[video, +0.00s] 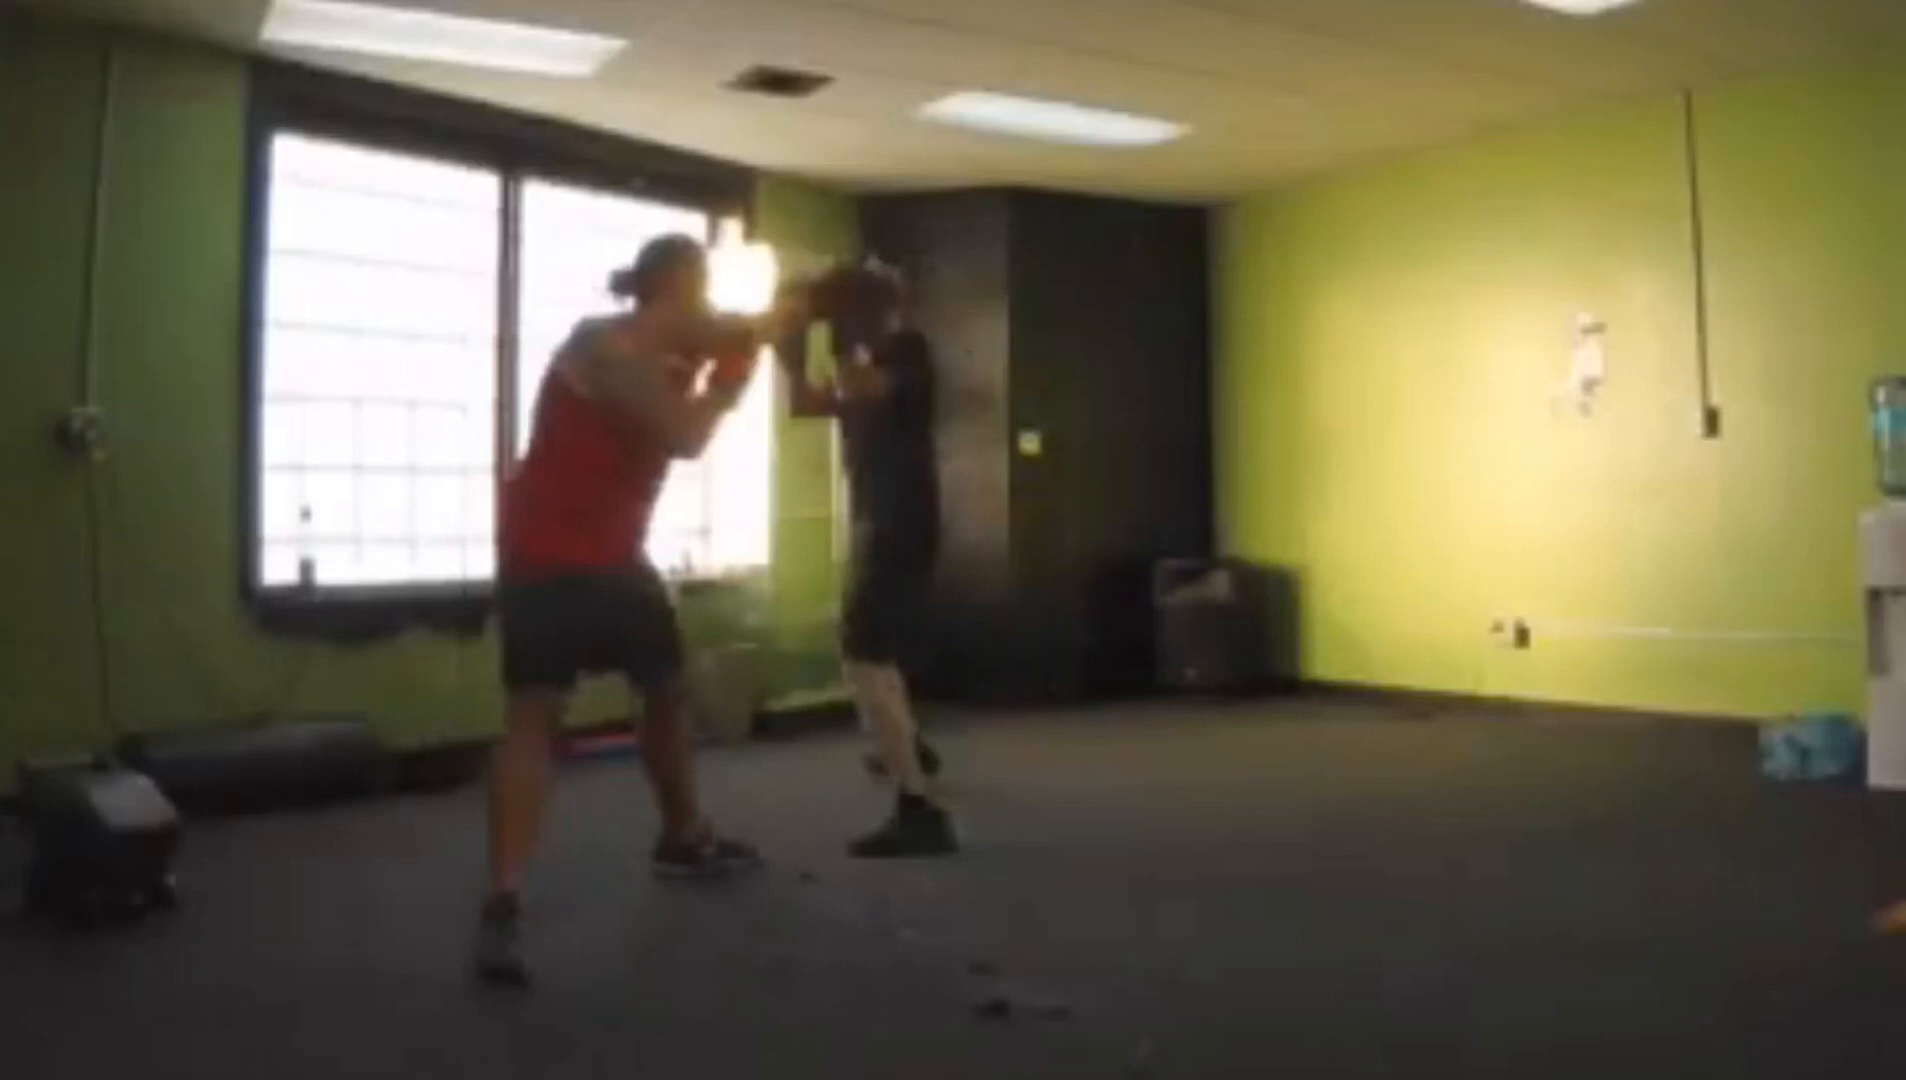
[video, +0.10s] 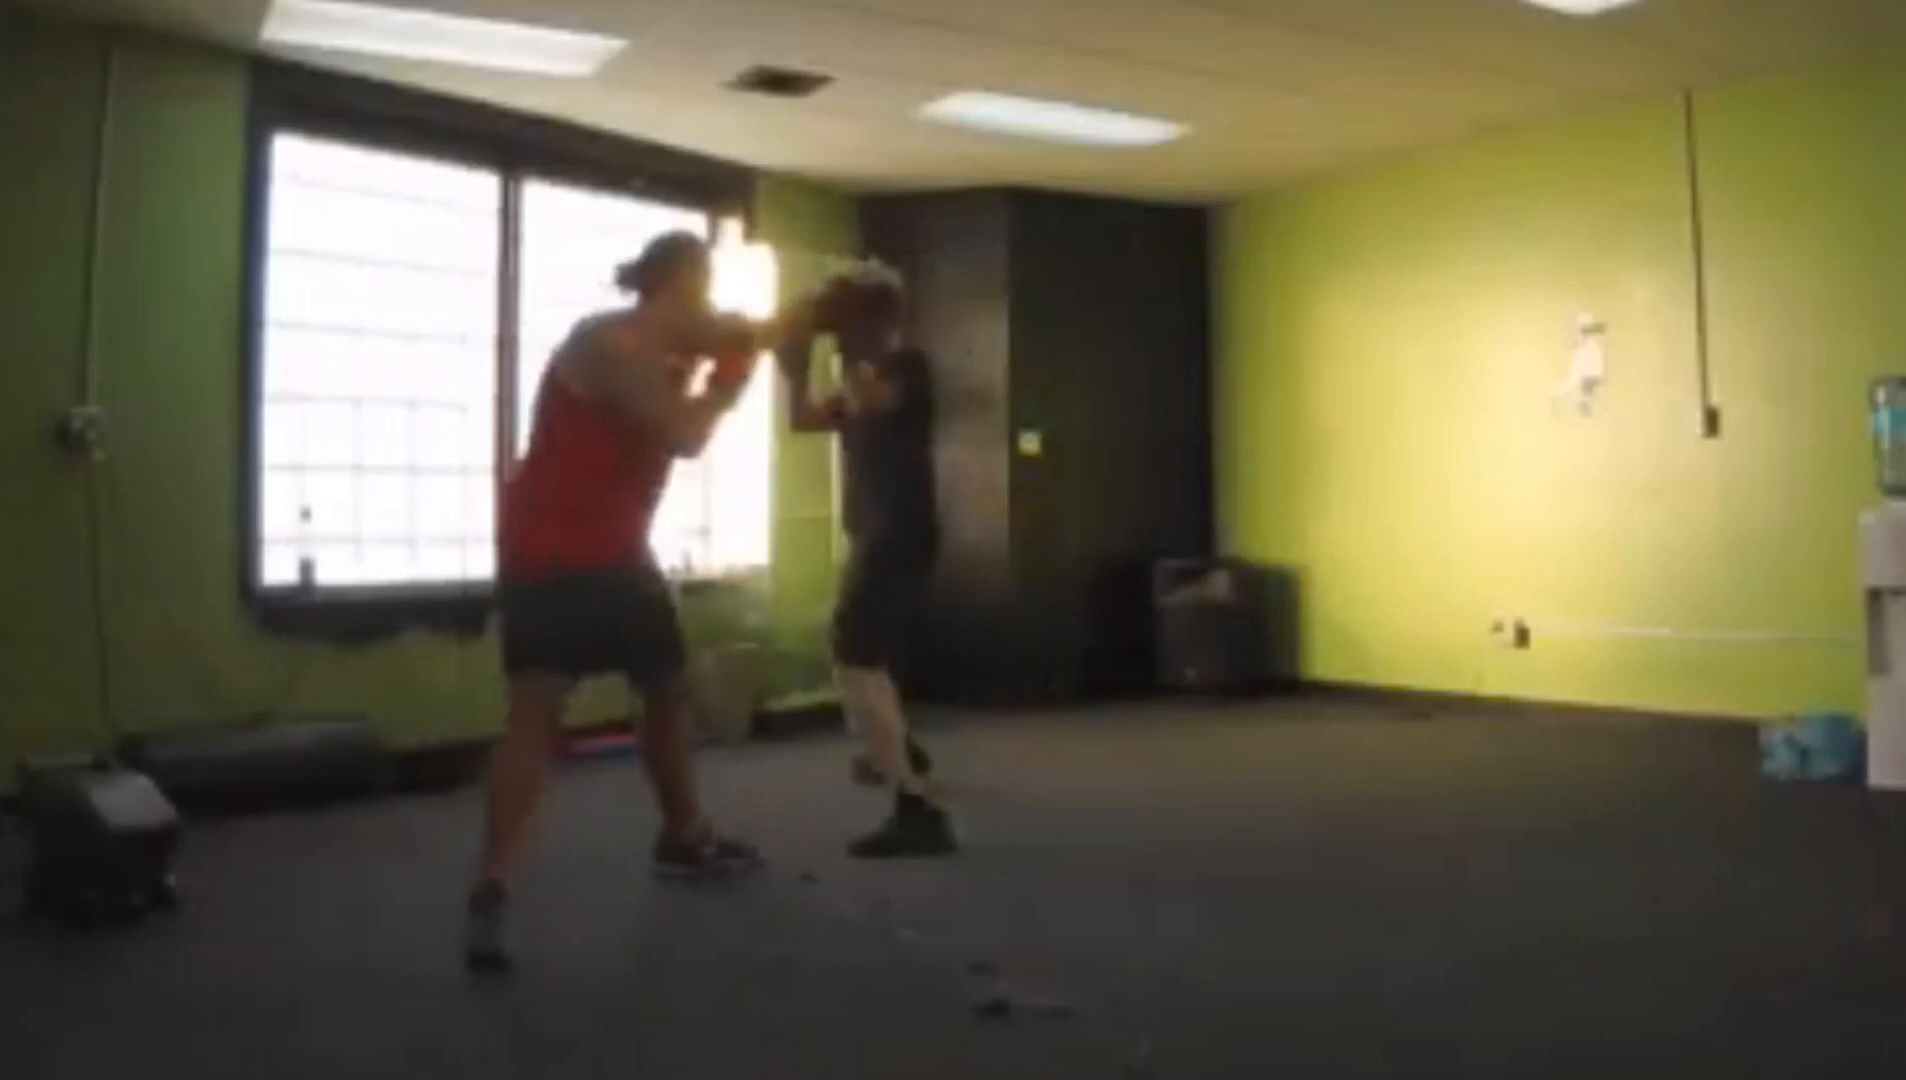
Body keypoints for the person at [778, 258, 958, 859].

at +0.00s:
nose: (840, 325)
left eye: (847, 311)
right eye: (840, 311)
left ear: (871, 307)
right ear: (860, 313)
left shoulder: (906, 351)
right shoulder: (867, 364)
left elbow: (861, 391)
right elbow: (801, 401)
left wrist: (836, 331)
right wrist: (792, 335)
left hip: (899, 524)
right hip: (880, 523)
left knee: (868, 659)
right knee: (869, 656)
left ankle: (916, 805)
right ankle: (908, 754)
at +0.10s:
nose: (841, 335)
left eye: (848, 322)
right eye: (840, 323)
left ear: (873, 319)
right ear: (861, 323)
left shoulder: (907, 367)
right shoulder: (865, 383)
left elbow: (870, 402)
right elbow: (802, 417)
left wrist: (841, 343)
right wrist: (796, 348)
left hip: (898, 538)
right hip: (876, 536)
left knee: (859, 661)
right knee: (863, 656)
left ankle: (912, 803)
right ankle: (899, 752)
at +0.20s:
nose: (851, 337)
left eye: (859, 323)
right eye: (844, 325)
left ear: (876, 324)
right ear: (834, 328)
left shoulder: (900, 374)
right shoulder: (843, 383)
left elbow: (935, 441)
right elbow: (832, 463)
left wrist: (872, 413)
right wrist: (815, 416)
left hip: (888, 528)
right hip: (864, 527)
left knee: (856, 656)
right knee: (870, 655)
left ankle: (903, 793)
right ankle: (908, 757)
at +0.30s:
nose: (839, 336)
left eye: (847, 323)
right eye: (833, 324)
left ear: (867, 321)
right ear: (828, 325)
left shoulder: (898, 375)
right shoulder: (844, 380)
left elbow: (898, 459)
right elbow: (842, 455)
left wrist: (835, 445)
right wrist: (812, 422)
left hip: (887, 522)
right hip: (864, 520)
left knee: (848, 644)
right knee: (868, 646)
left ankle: (896, 776)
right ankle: (906, 754)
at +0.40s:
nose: (827, 333)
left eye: (833, 320)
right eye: (824, 321)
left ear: (853, 317)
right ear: (829, 320)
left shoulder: (890, 369)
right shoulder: (851, 378)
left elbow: (918, 431)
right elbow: (838, 458)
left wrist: (846, 439)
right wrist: (807, 423)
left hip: (885, 523)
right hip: (864, 520)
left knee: (841, 643)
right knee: (871, 646)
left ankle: (887, 766)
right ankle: (908, 749)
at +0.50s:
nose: (831, 331)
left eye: (838, 318)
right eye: (825, 319)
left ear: (856, 316)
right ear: (820, 321)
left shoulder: (887, 367)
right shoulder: (828, 376)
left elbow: (893, 429)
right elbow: (797, 436)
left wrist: (829, 411)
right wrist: (799, 390)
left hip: (883, 529)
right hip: (854, 529)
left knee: (848, 647)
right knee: (864, 646)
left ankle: (887, 775)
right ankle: (901, 742)